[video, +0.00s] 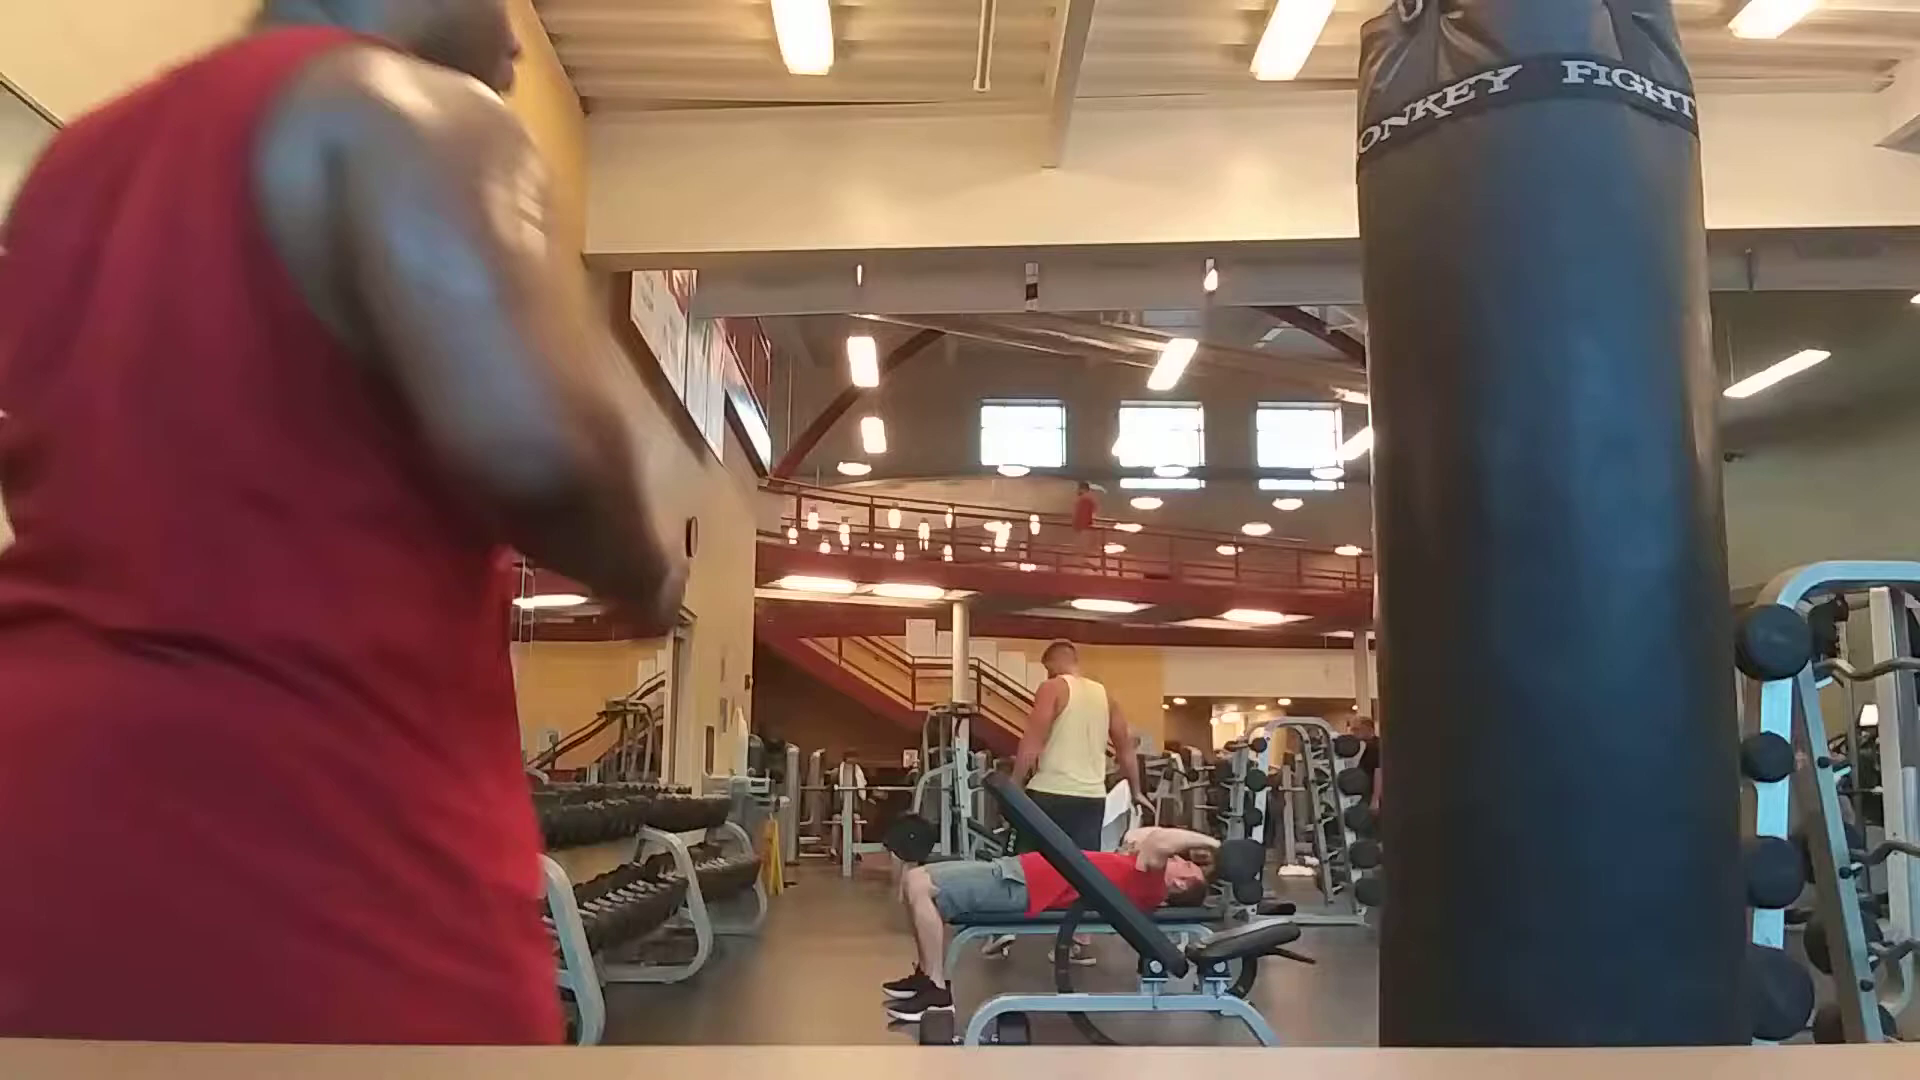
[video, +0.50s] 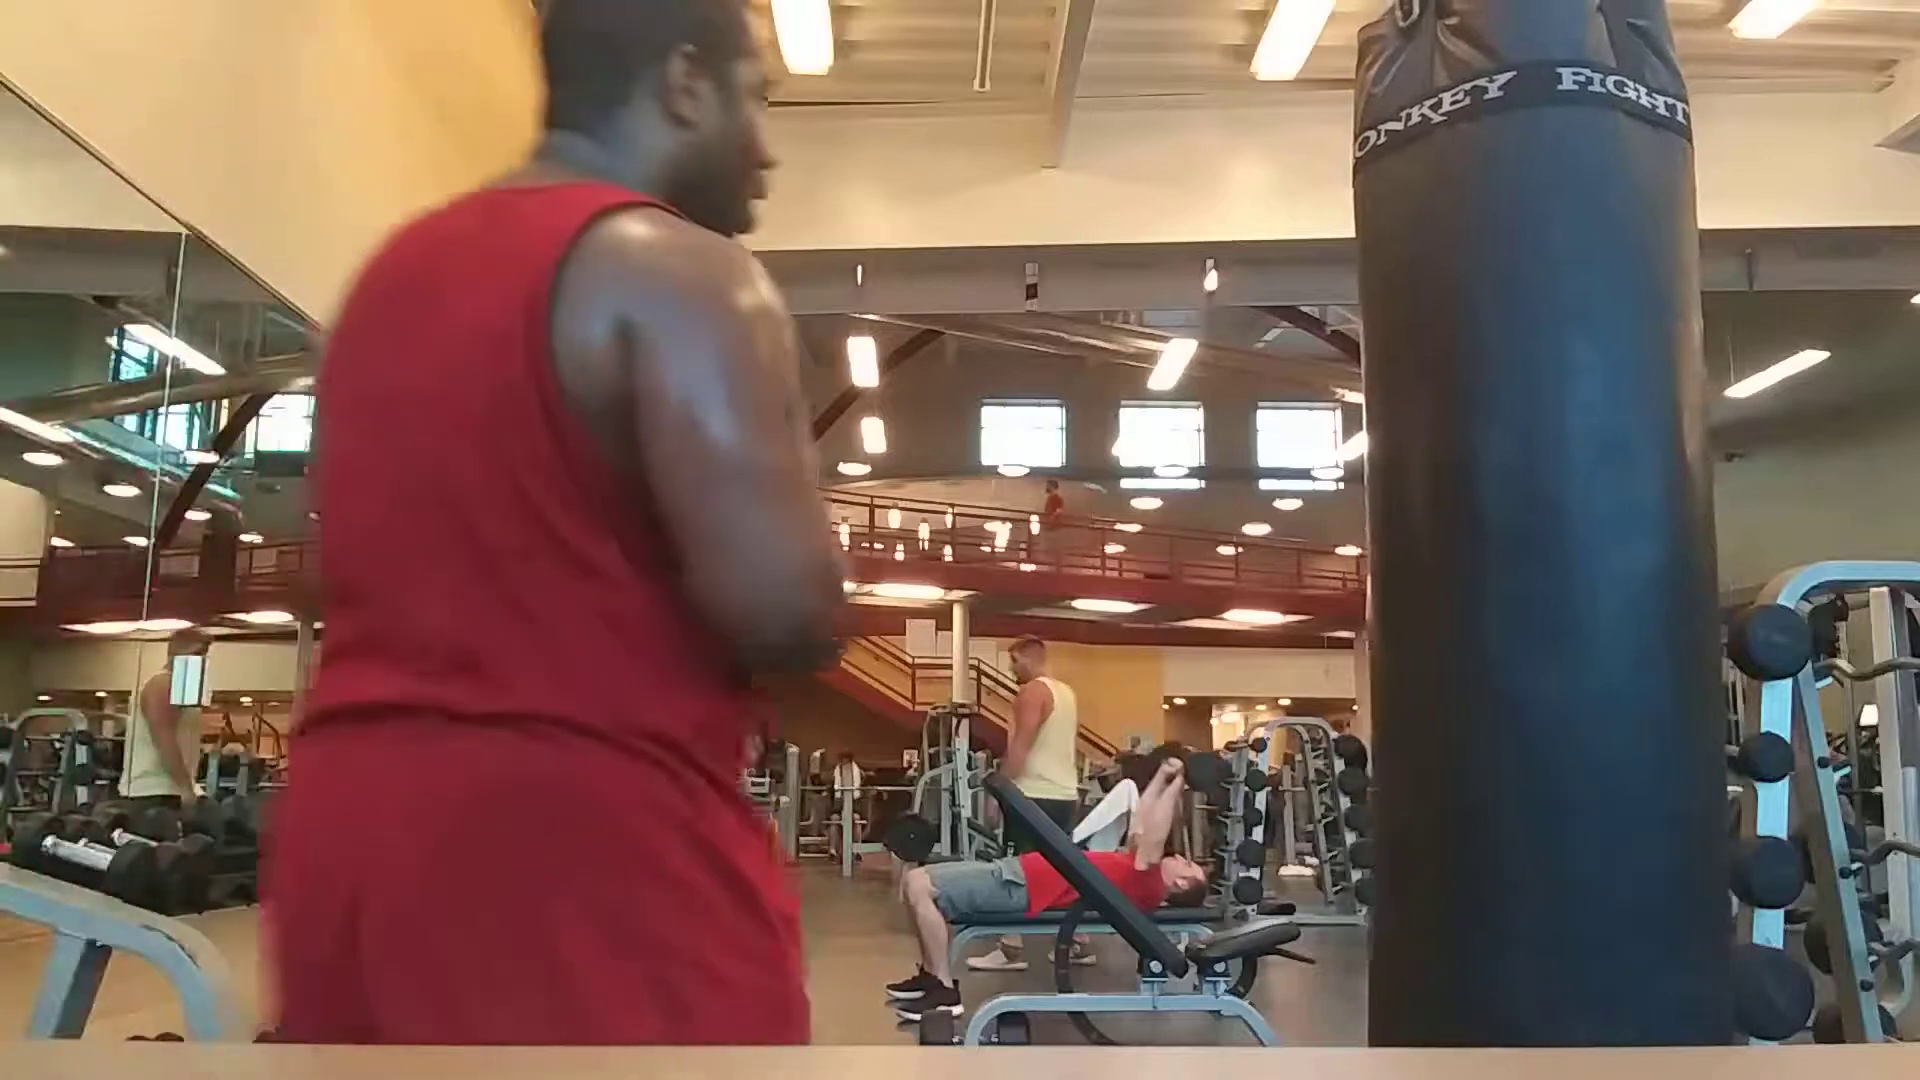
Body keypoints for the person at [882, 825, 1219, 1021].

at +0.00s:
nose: (1186, 864)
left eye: (1191, 872)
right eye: (1192, 863)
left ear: (1182, 885)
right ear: (1182, 861)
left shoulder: (1149, 887)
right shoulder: (1144, 871)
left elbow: (1156, 838)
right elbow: (1137, 837)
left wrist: (1212, 844)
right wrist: (1188, 839)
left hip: (1025, 884)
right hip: (1019, 869)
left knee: (921, 885)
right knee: (914, 875)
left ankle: (937, 990)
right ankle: (925, 975)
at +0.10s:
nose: (1185, 863)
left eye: (1190, 871)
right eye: (1191, 863)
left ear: (1180, 886)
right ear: (1178, 864)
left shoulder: (1148, 889)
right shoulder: (1140, 871)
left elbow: (1158, 834)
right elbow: (1138, 834)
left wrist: (1211, 835)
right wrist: (1188, 834)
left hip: (1024, 884)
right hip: (1018, 868)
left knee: (921, 885)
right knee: (914, 876)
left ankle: (938, 989)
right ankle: (926, 976)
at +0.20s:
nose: (1181, 857)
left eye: (1188, 865)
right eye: (1189, 859)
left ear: (1180, 884)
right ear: (1178, 872)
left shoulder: (1148, 888)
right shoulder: (1141, 873)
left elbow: (1149, 835)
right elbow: (1138, 833)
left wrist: (1198, 819)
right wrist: (1191, 820)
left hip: (1025, 884)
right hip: (1019, 870)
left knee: (922, 885)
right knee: (915, 877)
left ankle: (943, 989)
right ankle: (927, 977)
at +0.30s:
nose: (1183, 862)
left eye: (1188, 869)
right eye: (1189, 862)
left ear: (1179, 885)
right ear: (1176, 871)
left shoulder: (1146, 887)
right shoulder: (1138, 873)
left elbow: (1150, 830)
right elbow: (1142, 825)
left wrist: (1190, 802)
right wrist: (1180, 804)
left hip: (1022, 885)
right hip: (1016, 870)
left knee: (920, 884)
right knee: (914, 877)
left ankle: (945, 989)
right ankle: (929, 974)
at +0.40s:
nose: (1185, 860)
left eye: (1190, 870)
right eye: (1191, 861)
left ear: (1179, 885)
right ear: (1176, 865)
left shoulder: (1147, 886)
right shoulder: (1137, 868)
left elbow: (1154, 831)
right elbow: (1140, 821)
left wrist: (1181, 793)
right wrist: (1171, 788)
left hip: (1022, 885)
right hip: (1016, 871)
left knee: (920, 884)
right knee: (915, 878)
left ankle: (945, 989)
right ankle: (929, 975)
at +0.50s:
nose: (1186, 860)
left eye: (1191, 870)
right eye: (1192, 861)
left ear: (1181, 885)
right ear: (1176, 865)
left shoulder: (1148, 886)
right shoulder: (1140, 867)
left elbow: (1155, 830)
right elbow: (1141, 824)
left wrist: (1172, 782)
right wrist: (1164, 779)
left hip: (1023, 884)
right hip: (1017, 869)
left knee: (921, 886)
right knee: (914, 877)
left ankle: (944, 989)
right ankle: (928, 977)